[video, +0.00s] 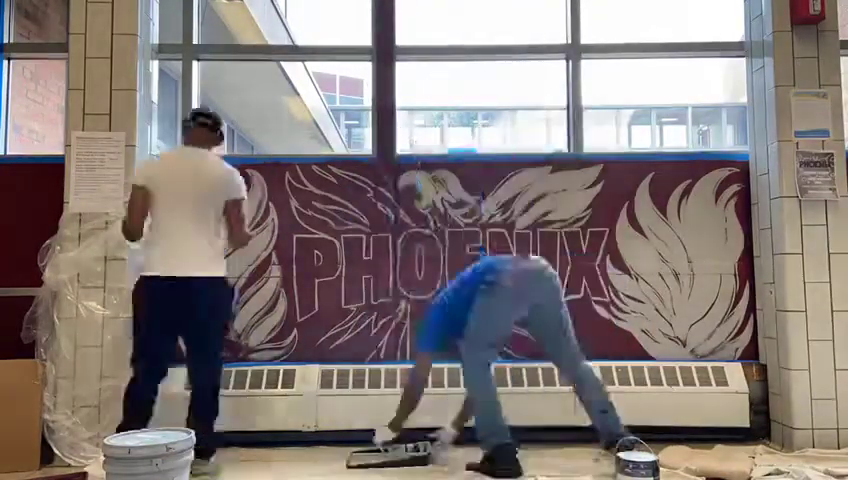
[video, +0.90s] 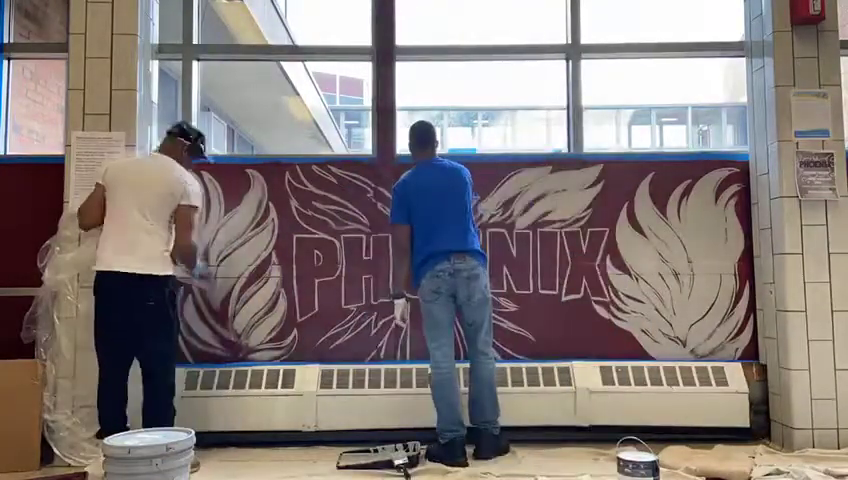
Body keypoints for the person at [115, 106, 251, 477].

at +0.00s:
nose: (216, 146)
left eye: (213, 140)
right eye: (219, 142)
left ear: (184, 134)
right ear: (219, 140)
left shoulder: (152, 167)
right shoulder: (228, 175)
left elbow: (132, 230)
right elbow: (239, 237)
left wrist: (137, 218)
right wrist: (217, 243)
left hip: (158, 284)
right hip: (206, 285)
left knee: (148, 370)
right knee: (206, 375)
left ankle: (125, 451)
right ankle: (201, 455)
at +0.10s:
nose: (170, 142)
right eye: (171, 136)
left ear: (138, 133)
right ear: (169, 137)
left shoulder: (110, 168)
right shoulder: (186, 174)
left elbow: (94, 233)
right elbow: (195, 232)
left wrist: (126, 220)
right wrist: (168, 210)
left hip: (120, 285)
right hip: (167, 285)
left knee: (123, 373)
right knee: (172, 374)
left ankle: (121, 457)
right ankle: (176, 455)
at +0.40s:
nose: (182, 152)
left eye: (182, 147)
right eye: (183, 147)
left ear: (147, 136)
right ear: (175, 142)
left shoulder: (109, 167)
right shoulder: (186, 179)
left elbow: (90, 229)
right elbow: (183, 237)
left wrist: (124, 226)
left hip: (115, 286)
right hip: (163, 286)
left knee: (120, 373)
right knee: (170, 374)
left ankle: (121, 457)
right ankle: (177, 455)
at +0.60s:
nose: (184, 152)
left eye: (185, 147)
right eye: (186, 147)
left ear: (150, 134)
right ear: (179, 137)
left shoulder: (112, 165)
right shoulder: (183, 166)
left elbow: (84, 225)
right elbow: (183, 224)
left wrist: (119, 237)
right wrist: (193, 257)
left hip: (117, 279)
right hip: (157, 280)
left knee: (121, 368)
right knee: (151, 369)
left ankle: (119, 451)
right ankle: (145, 454)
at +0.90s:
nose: (192, 164)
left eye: (194, 159)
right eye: (194, 158)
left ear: (166, 140)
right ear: (184, 146)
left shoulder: (117, 167)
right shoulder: (185, 181)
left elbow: (85, 218)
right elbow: (184, 243)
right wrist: (191, 267)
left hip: (109, 281)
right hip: (154, 285)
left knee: (112, 369)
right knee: (158, 372)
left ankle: (113, 450)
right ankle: (159, 451)